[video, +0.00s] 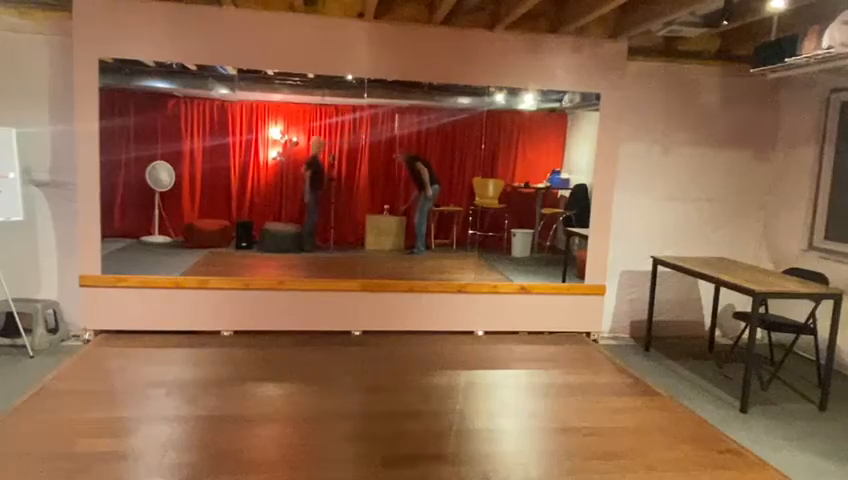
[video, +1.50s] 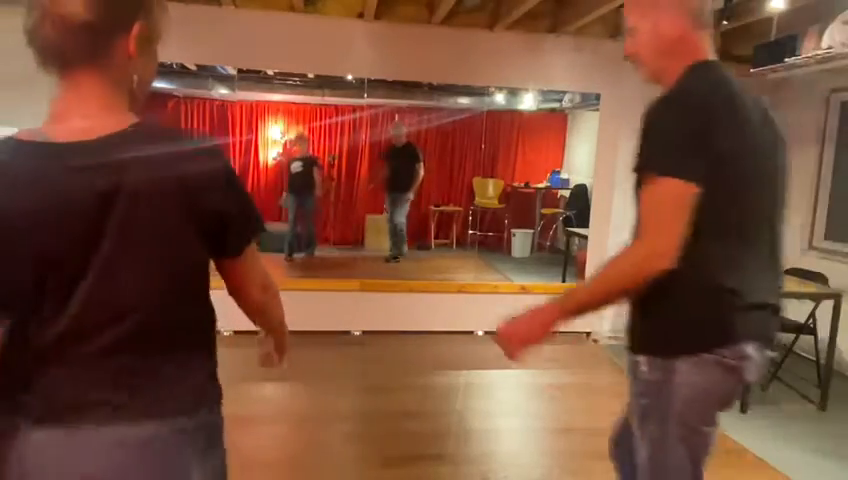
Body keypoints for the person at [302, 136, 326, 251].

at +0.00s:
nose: (321, 148)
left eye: (322, 145)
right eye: (319, 145)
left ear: (320, 146)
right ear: (315, 146)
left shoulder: (318, 162)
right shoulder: (311, 162)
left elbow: (319, 179)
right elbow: (307, 181)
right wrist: (307, 195)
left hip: (317, 193)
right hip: (312, 194)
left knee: (314, 217)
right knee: (312, 217)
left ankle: (311, 241)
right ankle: (308, 242)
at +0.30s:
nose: (315, 148)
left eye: (316, 145)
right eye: (313, 145)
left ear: (318, 146)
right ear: (309, 146)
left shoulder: (318, 162)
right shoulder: (306, 162)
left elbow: (320, 180)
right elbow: (302, 180)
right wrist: (303, 195)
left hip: (316, 193)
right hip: (309, 193)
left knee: (314, 218)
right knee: (310, 218)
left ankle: (312, 241)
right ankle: (307, 242)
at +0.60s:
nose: (309, 149)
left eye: (311, 145)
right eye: (306, 146)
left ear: (314, 146)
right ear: (303, 147)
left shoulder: (318, 161)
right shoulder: (299, 163)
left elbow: (322, 179)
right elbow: (295, 181)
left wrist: (323, 195)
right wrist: (294, 196)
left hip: (316, 193)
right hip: (303, 193)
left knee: (314, 219)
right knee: (306, 219)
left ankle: (313, 243)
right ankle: (306, 244)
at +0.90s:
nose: (308, 148)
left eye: (309, 145)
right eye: (305, 145)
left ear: (313, 146)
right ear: (301, 147)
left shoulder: (318, 161)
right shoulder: (297, 163)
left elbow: (323, 179)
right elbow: (293, 181)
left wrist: (325, 196)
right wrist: (291, 196)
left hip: (315, 193)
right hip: (302, 193)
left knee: (312, 219)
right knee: (304, 219)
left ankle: (312, 246)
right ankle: (303, 245)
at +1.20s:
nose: (307, 147)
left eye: (309, 144)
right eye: (305, 144)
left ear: (313, 146)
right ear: (301, 146)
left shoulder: (317, 160)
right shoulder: (297, 162)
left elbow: (324, 178)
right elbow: (295, 181)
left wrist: (331, 194)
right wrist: (295, 197)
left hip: (315, 193)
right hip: (301, 194)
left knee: (309, 220)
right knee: (300, 220)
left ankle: (310, 247)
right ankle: (301, 244)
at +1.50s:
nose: (301, 147)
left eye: (303, 144)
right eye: (299, 144)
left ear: (307, 145)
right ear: (295, 146)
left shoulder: (312, 160)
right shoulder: (291, 161)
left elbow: (317, 176)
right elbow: (288, 180)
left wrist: (318, 189)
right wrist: (285, 194)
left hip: (308, 193)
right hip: (293, 193)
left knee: (309, 221)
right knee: (292, 222)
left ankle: (310, 248)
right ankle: (289, 251)